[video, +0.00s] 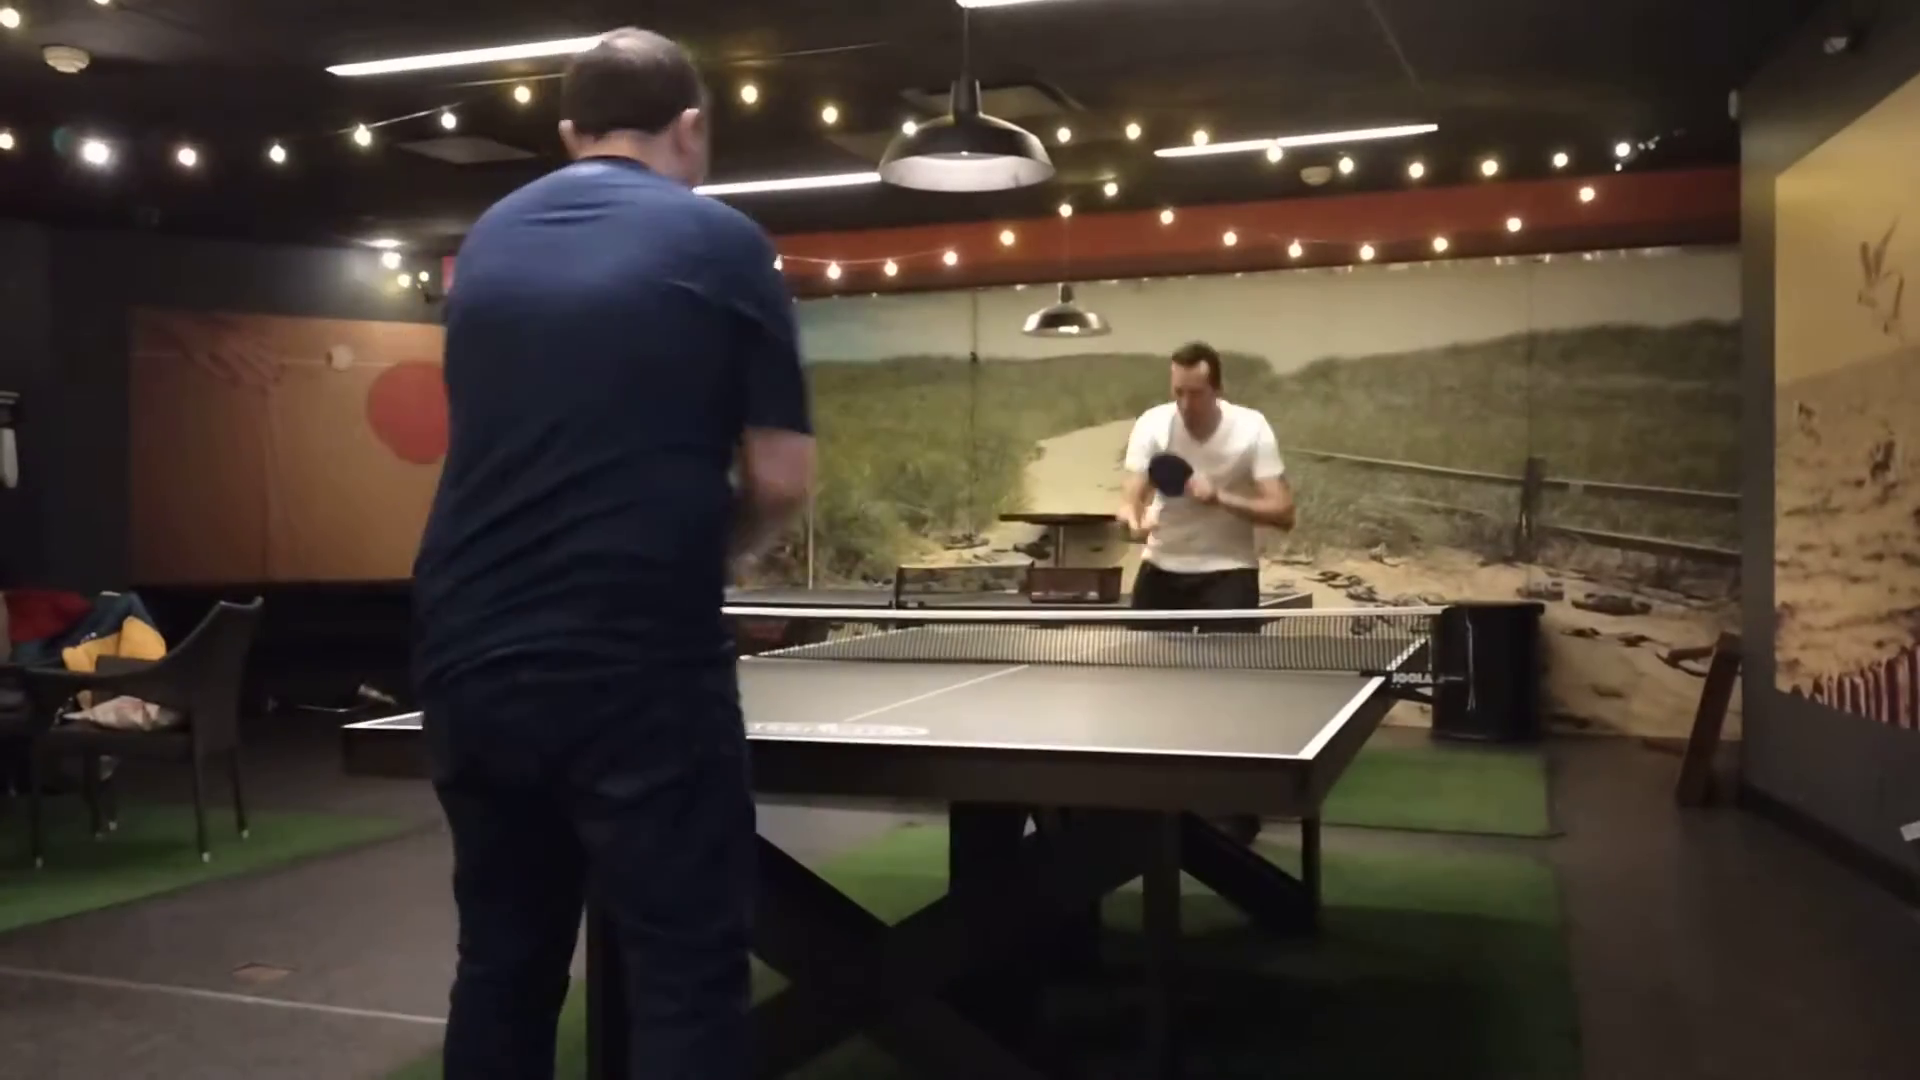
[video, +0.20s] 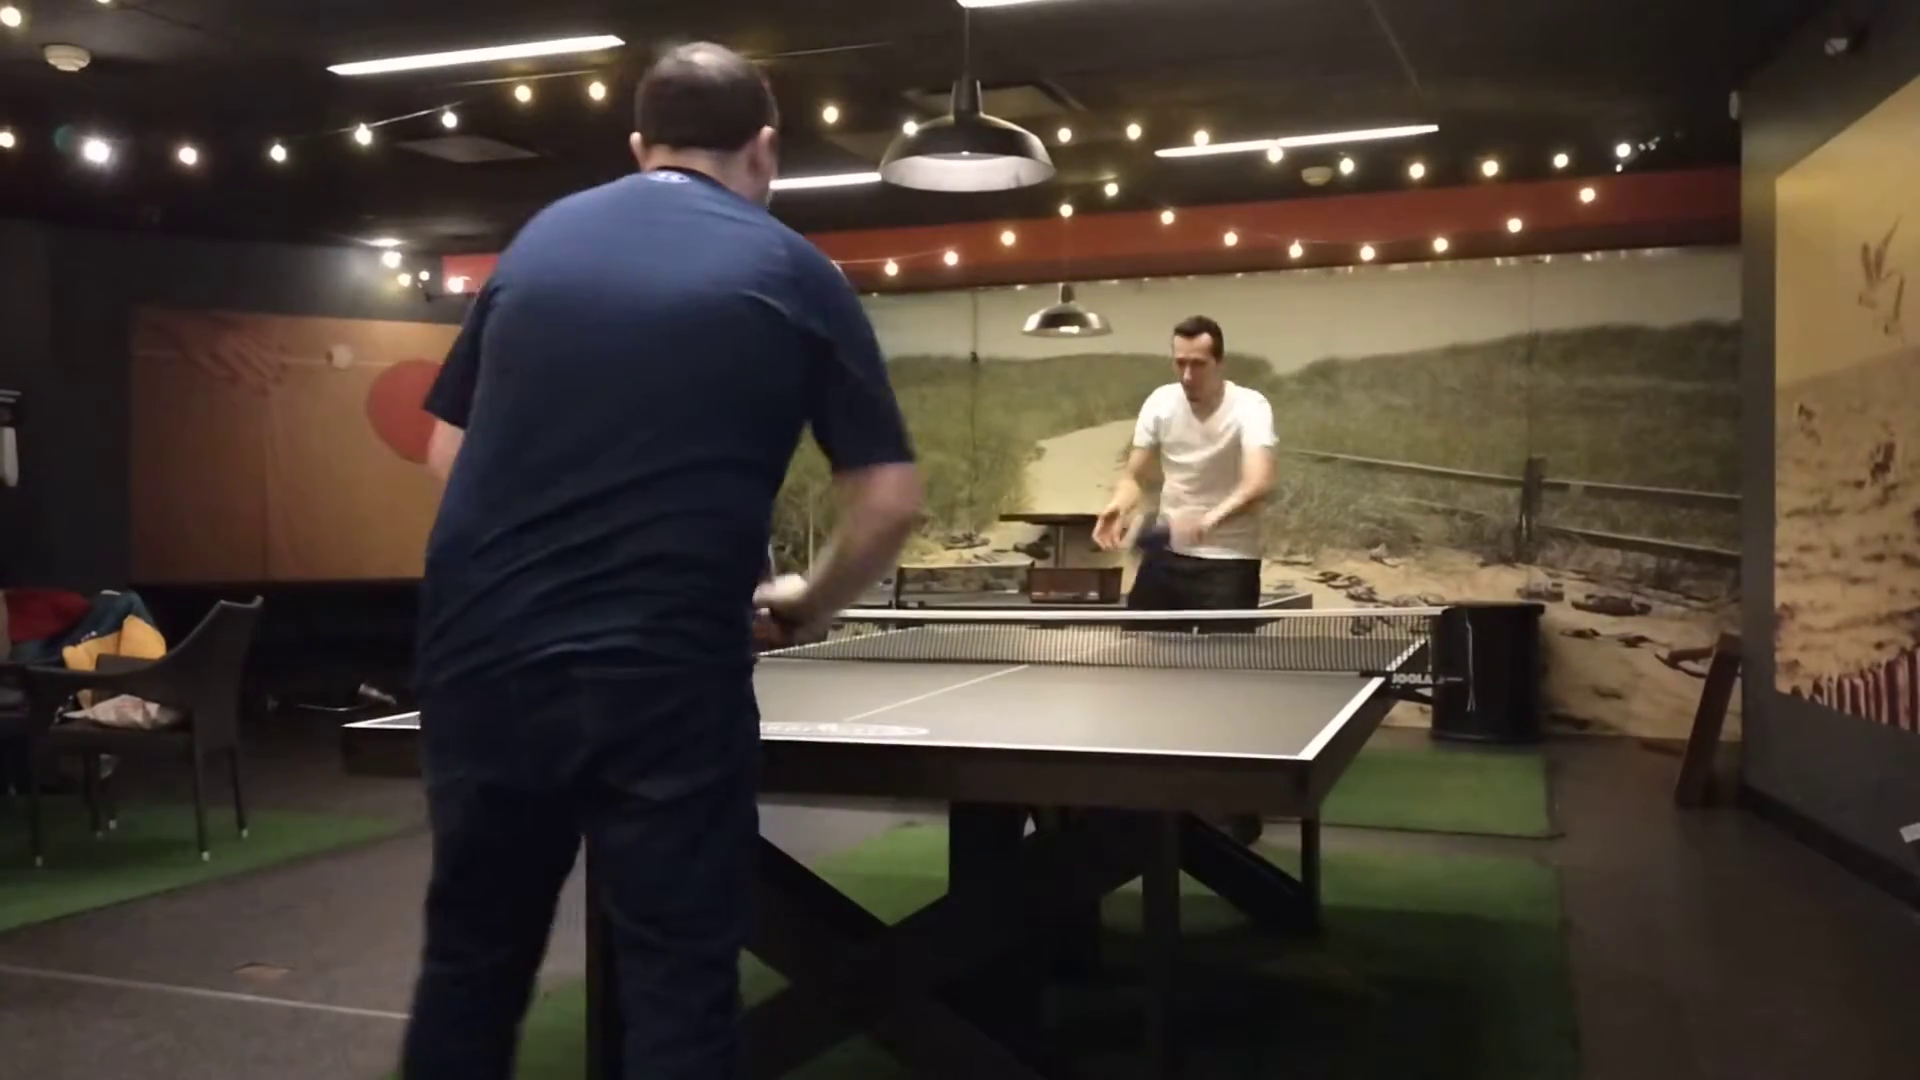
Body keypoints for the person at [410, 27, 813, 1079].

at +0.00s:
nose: (707, 155)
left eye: (704, 138)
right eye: (705, 137)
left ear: (570, 134)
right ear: (685, 130)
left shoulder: (488, 237)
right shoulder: (720, 237)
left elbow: (492, 429)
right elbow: (781, 475)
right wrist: (720, 535)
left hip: (477, 657)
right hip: (644, 661)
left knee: (503, 964)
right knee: (685, 975)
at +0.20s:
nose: (774, 169)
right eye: (776, 152)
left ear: (636, 150)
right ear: (761, 148)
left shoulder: (541, 238)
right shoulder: (792, 268)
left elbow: (451, 449)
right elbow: (889, 497)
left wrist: (534, 573)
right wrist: (810, 602)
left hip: (490, 672)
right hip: (672, 682)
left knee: (469, 973)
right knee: (679, 989)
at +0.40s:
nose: (760, 175)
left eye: (759, 161)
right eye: (762, 157)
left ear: (625, 142)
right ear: (750, 149)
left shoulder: (517, 242)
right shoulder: (777, 261)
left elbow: (425, 461)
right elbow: (895, 480)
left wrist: (373, 651)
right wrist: (827, 641)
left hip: (461, 679)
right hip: (651, 690)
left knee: (390, 961)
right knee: (665, 1000)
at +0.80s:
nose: (560, 168)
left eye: (557, 148)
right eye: (559, 148)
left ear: (416, 138)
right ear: (536, 138)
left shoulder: (308, 241)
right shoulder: (575, 253)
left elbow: (237, 471)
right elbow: (668, 477)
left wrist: (258, 619)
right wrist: (605, 621)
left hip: (291, 687)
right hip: (492, 693)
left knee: (267, 1006)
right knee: (597, 997)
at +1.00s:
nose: (475, 161)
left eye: (475, 145)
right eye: (476, 141)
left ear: (334, 127)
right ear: (452, 132)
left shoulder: (226, 238)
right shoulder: (493, 227)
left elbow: (143, 476)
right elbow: (670, 422)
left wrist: (144, 676)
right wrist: (621, 518)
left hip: (252, 691)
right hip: (458, 678)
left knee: (247, 1005)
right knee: (567, 981)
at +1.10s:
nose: (465, 160)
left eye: (465, 144)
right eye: (466, 140)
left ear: (323, 129)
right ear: (443, 130)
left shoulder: (214, 239)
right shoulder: (496, 226)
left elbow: (119, 476)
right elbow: (676, 373)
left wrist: (97, 677)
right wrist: (702, 452)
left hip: (248, 691)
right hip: (455, 677)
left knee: (244, 1010)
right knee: (546, 992)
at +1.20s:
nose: (474, 154)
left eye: (474, 139)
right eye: (474, 137)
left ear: (329, 131)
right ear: (454, 129)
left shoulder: (225, 237)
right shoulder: (512, 225)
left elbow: (113, 473)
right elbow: (682, 355)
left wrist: (71, 675)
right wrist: (736, 438)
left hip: (256, 694)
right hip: (468, 682)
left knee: (249, 1012)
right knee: (544, 1000)